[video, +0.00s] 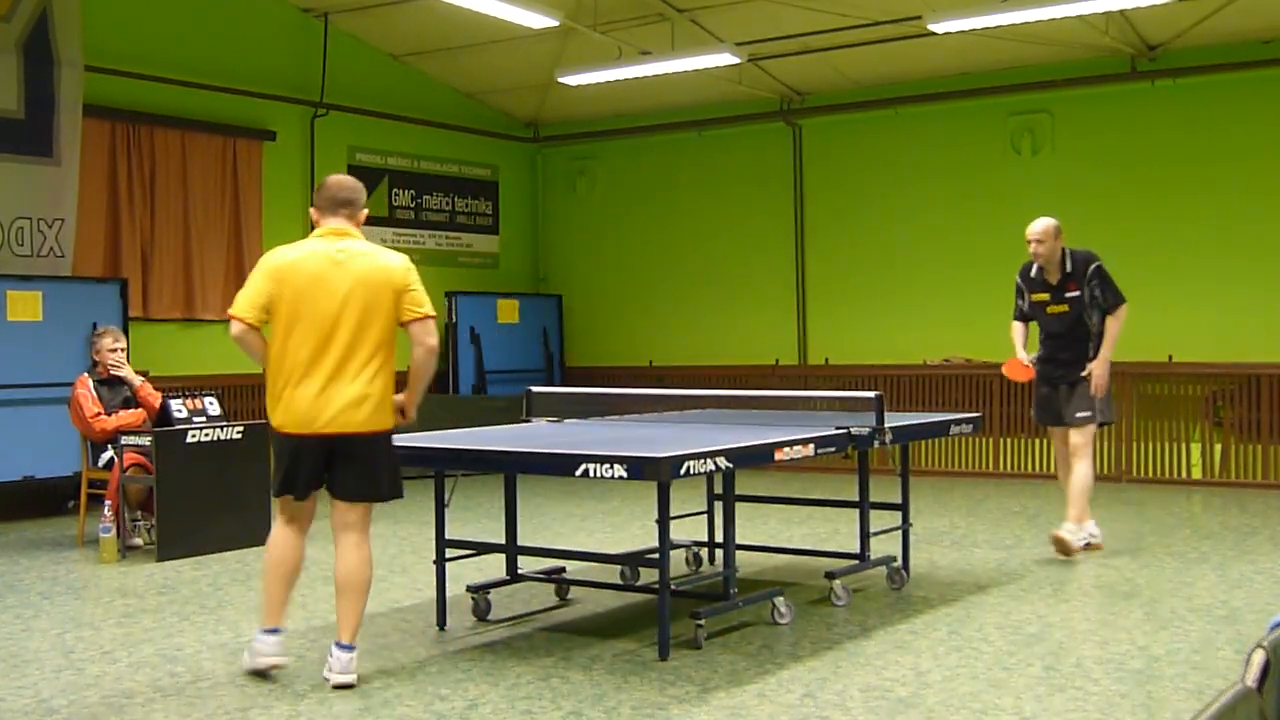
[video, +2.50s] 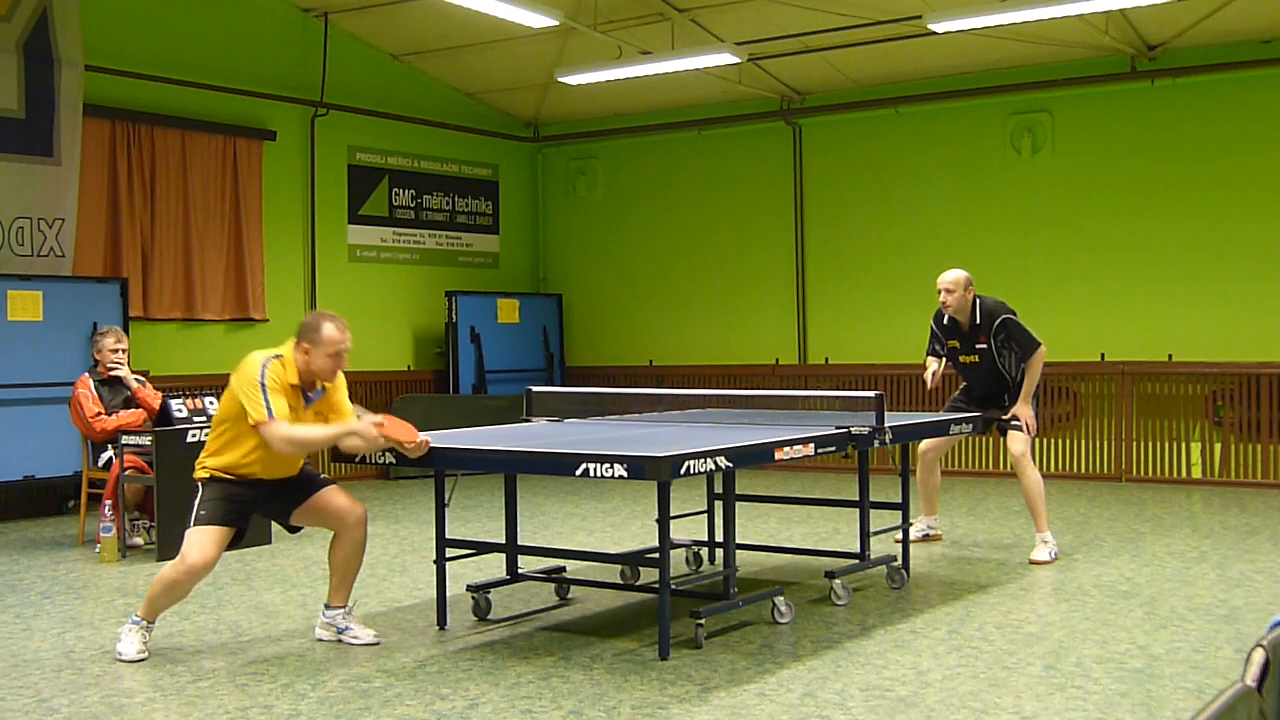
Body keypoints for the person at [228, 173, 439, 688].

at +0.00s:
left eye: (317, 213)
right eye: (363, 213)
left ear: (313, 215)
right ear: (364, 216)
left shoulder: (280, 261)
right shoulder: (393, 265)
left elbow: (241, 328)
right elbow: (427, 341)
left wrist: (277, 364)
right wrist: (412, 398)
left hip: (296, 420)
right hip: (364, 422)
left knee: (289, 521)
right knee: (353, 530)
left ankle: (269, 639)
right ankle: (344, 655)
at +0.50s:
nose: (342, 244)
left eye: (344, 237)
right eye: (344, 236)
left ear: (302, 221)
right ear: (333, 229)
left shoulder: (262, 259)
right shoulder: (303, 264)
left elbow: (269, 330)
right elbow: (285, 338)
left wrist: (325, 330)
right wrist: (330, 389)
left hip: (253, 410)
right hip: (280, 414)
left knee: (276, 515)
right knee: (296, 517)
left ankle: (245, 622)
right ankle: (236, 624)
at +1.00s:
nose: (387, 301)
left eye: (390, 292)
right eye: (385, 292)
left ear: (361, 285)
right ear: (358, 284)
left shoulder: (356, 328)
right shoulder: (293, 310)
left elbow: (360, 389)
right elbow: (269, 386)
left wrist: (398, 421)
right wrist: (336, 411)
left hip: (303, 426)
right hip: (248, 423)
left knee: (340, 514)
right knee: (258, 524)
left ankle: (333, 618)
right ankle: (220, 633)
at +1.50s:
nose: (374, 363)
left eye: (378, 354)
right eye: (370, 352)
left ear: (347, 344)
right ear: (341, 340)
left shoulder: (352, 376)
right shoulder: (287, 356)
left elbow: (352, 441)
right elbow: (285, 433)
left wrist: (404, 433)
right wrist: (349, 436)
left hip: (290, 456)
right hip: (231, 454)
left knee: (348, 516)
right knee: (198, 548)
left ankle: (334, 617)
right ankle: (136, 624)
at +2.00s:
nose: (368, 382)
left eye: (371, 373)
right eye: (362, 372)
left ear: (340, 368)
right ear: (330, 367)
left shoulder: (350, 396)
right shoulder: (283, 382)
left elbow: (349, 464)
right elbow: (288, 458)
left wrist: (391, 446)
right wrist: (361, 449)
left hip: (286, 480)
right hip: (232, 478)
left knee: (356, 515)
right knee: (199, 561)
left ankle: (335, 616)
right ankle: (139, 624)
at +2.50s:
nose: (342, 365)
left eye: (344, 356)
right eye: (335, 356)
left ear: (340, 353)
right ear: (304, 350)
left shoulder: (332, 379)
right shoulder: (259, 370)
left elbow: (347, 440)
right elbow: (280, 439)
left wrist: (394, 441)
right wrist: (347, 432)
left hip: (286, 474)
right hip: (227, 476)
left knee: (353, 516)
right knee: (196, 562)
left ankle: (335, 617)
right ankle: (141, 623)